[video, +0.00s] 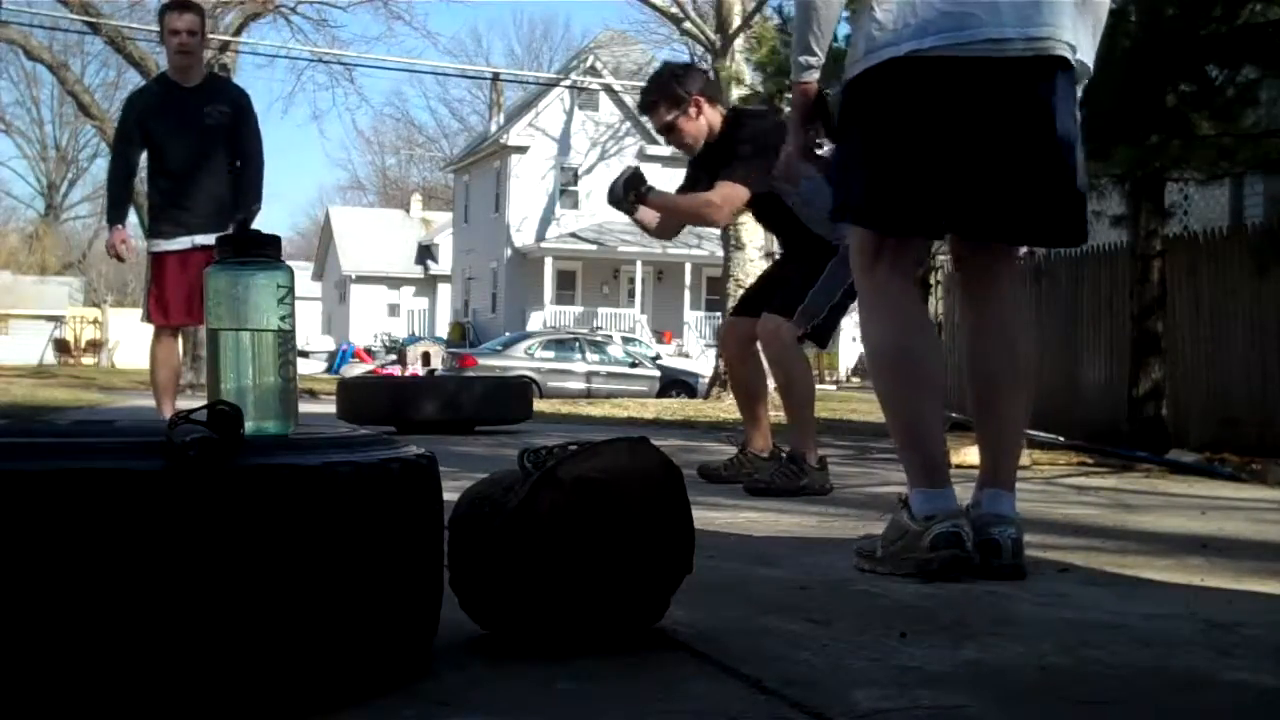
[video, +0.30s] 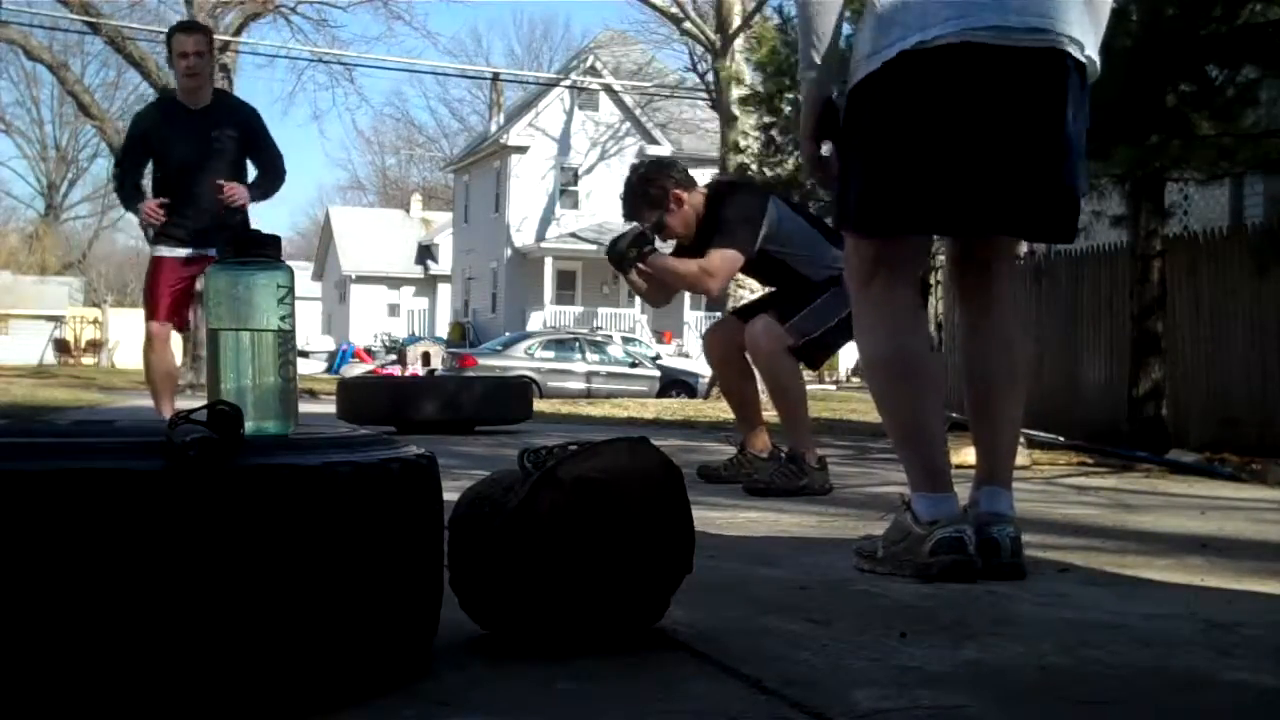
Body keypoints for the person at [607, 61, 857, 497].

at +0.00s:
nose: (671, 140)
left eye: (670, 128)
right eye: (663, 134)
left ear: (699, 105)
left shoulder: (758, 129)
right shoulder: (707, 159)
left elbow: (719, 210)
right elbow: (665, 227)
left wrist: (645, 194)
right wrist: (632, 205)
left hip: (840, 242)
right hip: (801, 251)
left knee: (776, 329)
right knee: (735, 335)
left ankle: (807, 460)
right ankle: (759, 452)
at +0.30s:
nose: (662, 238)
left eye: (658, 226)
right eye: (654, 231)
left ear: (676, 199)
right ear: (678, 197)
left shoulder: (741, 202)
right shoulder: (701, 221)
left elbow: (712, 281)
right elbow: (659, 296)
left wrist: (648, 256)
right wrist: (627, 269)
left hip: (842, 284)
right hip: (799, 289)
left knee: (765, 336)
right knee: (720, 339)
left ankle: (807, 460)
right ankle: (758, 451)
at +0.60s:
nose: (667, 271)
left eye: (662, 261)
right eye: (659, 267)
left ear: (676, 232)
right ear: (676, 230)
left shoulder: (740, 226)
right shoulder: (699, 249)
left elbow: (720, 311)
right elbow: (666, 323)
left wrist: (655, 291)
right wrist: (637, 299)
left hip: (835, 308)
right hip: (795, 314)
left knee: (762, 334)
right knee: (716, 341)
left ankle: (807, 462)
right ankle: (757, 451)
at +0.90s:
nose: (667, 266)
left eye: (664, 255)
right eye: (658, 260)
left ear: (681, 225)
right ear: (682, 224)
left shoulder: (737, 224)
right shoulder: (694, 249)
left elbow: (720, 309)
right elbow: (667, 320)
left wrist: (657, 283)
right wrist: (635, 296)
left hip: (858, 305)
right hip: (809, 308)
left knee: (767, 338)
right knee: (716, 342)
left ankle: (805, 458)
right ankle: (757, 449)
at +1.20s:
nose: (669, 283)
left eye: (665, 271)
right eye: (661, 278)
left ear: (681, 242)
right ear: (682, 240)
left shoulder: (734, 240)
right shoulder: (701, 265)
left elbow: (712, 318)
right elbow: (661, 328)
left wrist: (647, 305)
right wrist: (628, 309)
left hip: (849, 312)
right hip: (808, 312)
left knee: (771, 344)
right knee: (714, 345)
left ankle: (806, 459)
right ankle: (757, 449)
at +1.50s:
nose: (638, 203)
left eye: (644, 193)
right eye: (636, 195)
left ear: (678, 185)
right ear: (676, 187)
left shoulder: (732, 217)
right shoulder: (694, 239)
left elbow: (723, 314)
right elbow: (680, 312)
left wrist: (657, 364)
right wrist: (633, 352)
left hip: (831, 305)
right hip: (782, 313)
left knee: (749, 340)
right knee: (706, 344)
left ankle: (801, 458)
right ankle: (756, 451)